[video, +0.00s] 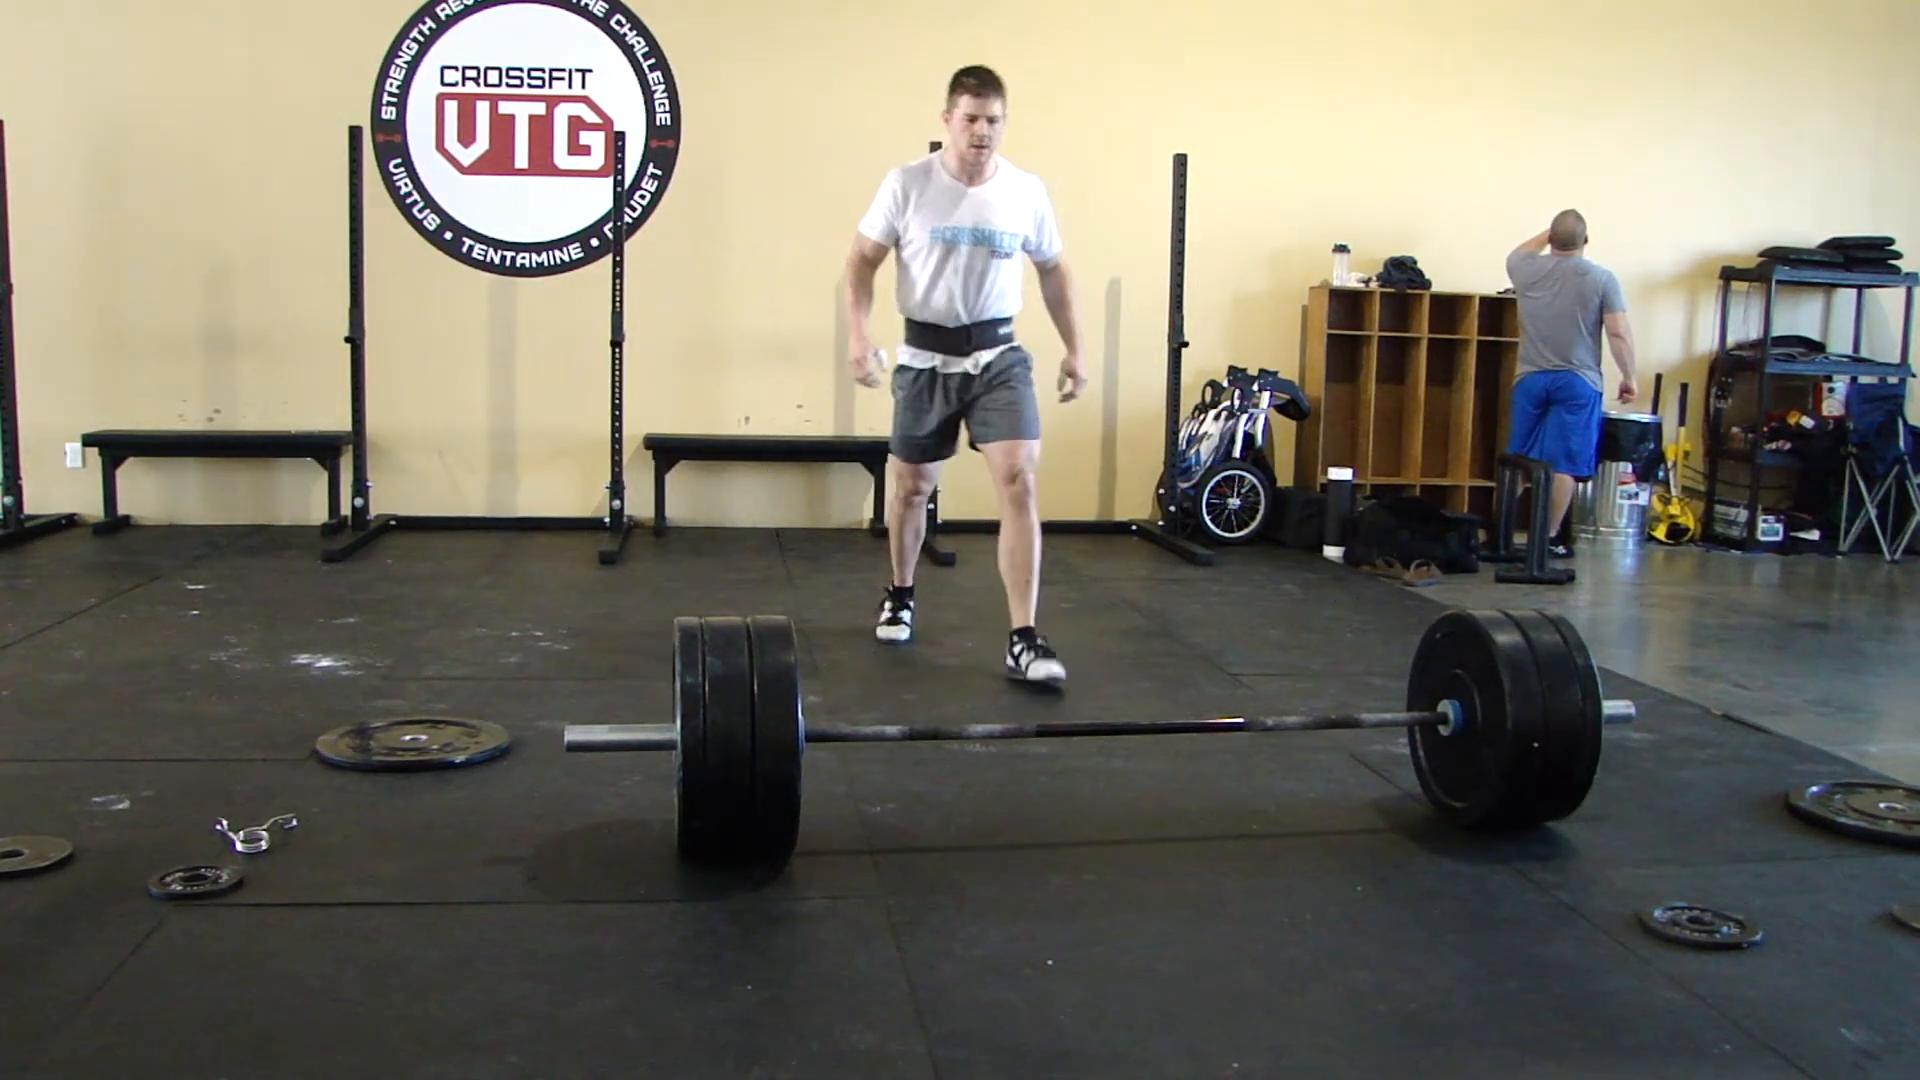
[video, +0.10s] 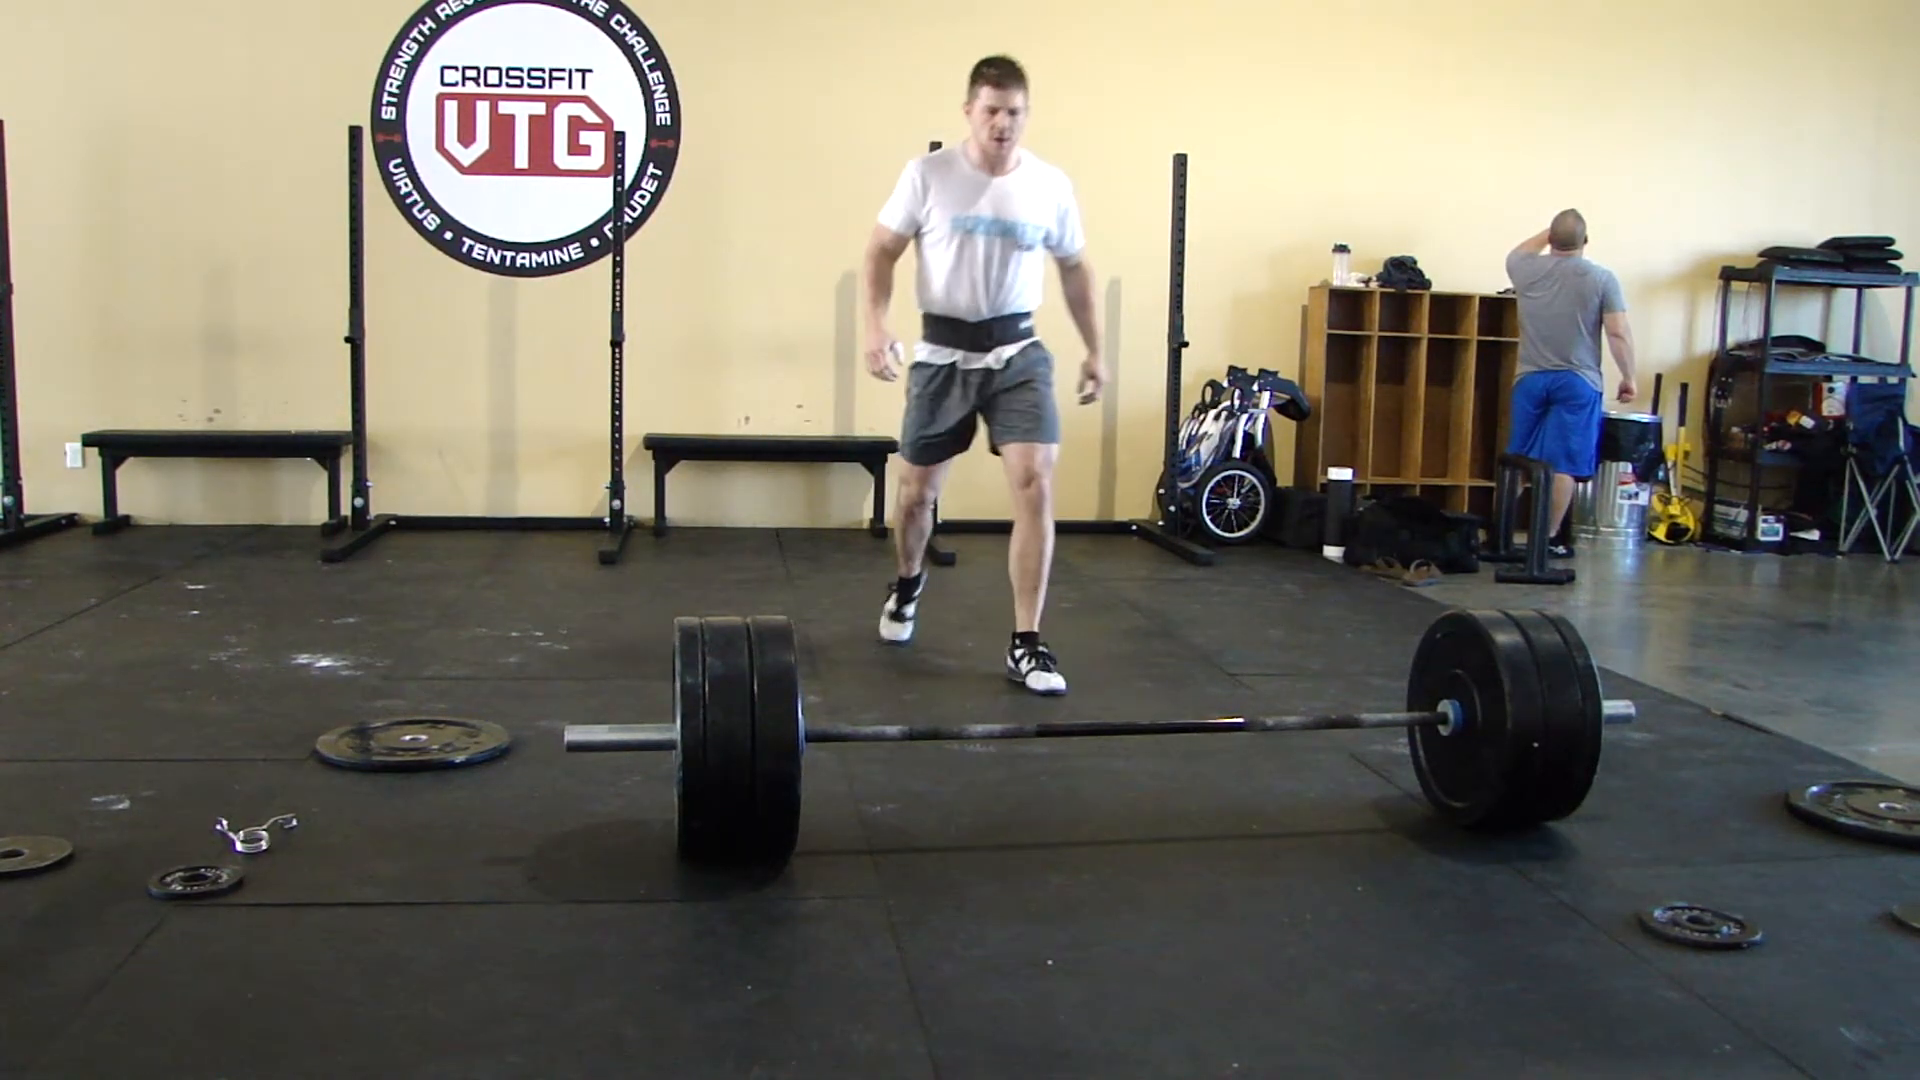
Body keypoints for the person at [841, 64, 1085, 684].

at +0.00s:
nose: (983, 132)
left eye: (993, 121)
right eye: (972, 119)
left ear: (1005, 125)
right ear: (946, 120)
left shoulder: (1026, 192)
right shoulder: (907, 186)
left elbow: (1053, 271)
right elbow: (861, 264)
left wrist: (1074, 349)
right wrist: (857, 336)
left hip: (998, 361)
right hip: (923, 361)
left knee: (1020, 482)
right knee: (910, 488)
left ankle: (1025, 637)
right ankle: (900, 596)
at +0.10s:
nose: (1004, 124)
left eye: (1015, 112)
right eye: (993, 111)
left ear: (1028, 116)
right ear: (968, 111)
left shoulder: (1050, 187)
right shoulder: (927, 176)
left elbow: (1075, 269)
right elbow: (881, 252)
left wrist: (1095, 350)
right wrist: (874, 328)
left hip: (1017, 357)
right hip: (940, 357)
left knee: (1035, 485)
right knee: (914, 495)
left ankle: (1027, 640)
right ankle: (907, 583)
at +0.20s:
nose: (1019, 112)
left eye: (1030, 100)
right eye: (1008, 99)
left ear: (1045, 104)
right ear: (985, 99)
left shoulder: (1069, 175)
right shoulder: (942, 162)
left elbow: (1097, 258)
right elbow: (895, 240)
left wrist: (1119, 342)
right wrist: (883, 322)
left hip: (1034, 356)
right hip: (954, 354)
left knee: (1045, 491)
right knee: (924, 502)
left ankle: (1028, 643)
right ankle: (933, 571)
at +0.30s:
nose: (1030, 100)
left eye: (1042, 88)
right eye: (1019, 86)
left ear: (1058, 90)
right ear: (996, 85)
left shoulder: (1085, 161)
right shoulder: (953, 148)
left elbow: (1117, 242)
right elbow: (905, 228)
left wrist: (1144, 319)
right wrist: (885, 312)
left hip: (1045, 347)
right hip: (965, 343)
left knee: (1045, 493)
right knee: (947, 488)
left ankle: (1028, 642)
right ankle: (955, 596)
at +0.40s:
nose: (1040, 94)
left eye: (1052, 82)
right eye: (1029, 81)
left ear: (1068, 83)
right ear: (1005, 79)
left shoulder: (1097, 155)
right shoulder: (960, 142)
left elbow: (1135, 231)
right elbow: (909, 223)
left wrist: (1168, 303)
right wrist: (882, 310)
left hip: (1055, 346)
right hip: (978, 341)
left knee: (1042, 499)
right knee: (964, 486)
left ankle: (1028, 644)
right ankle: (973, 647)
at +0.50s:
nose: (1046, 101)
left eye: (1059, 88)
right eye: (1035, 87)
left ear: (1076, 89)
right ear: (1011, 84)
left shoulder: (1104, 163)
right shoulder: (965, 151)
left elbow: (1151, 238)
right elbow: (911, 231)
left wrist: (1182, 303)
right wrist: (879, 325)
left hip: (1064, 356)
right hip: (989, 351)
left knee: (1044, 507)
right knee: (989, 499)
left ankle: (1027, 642)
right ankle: (981, 668)